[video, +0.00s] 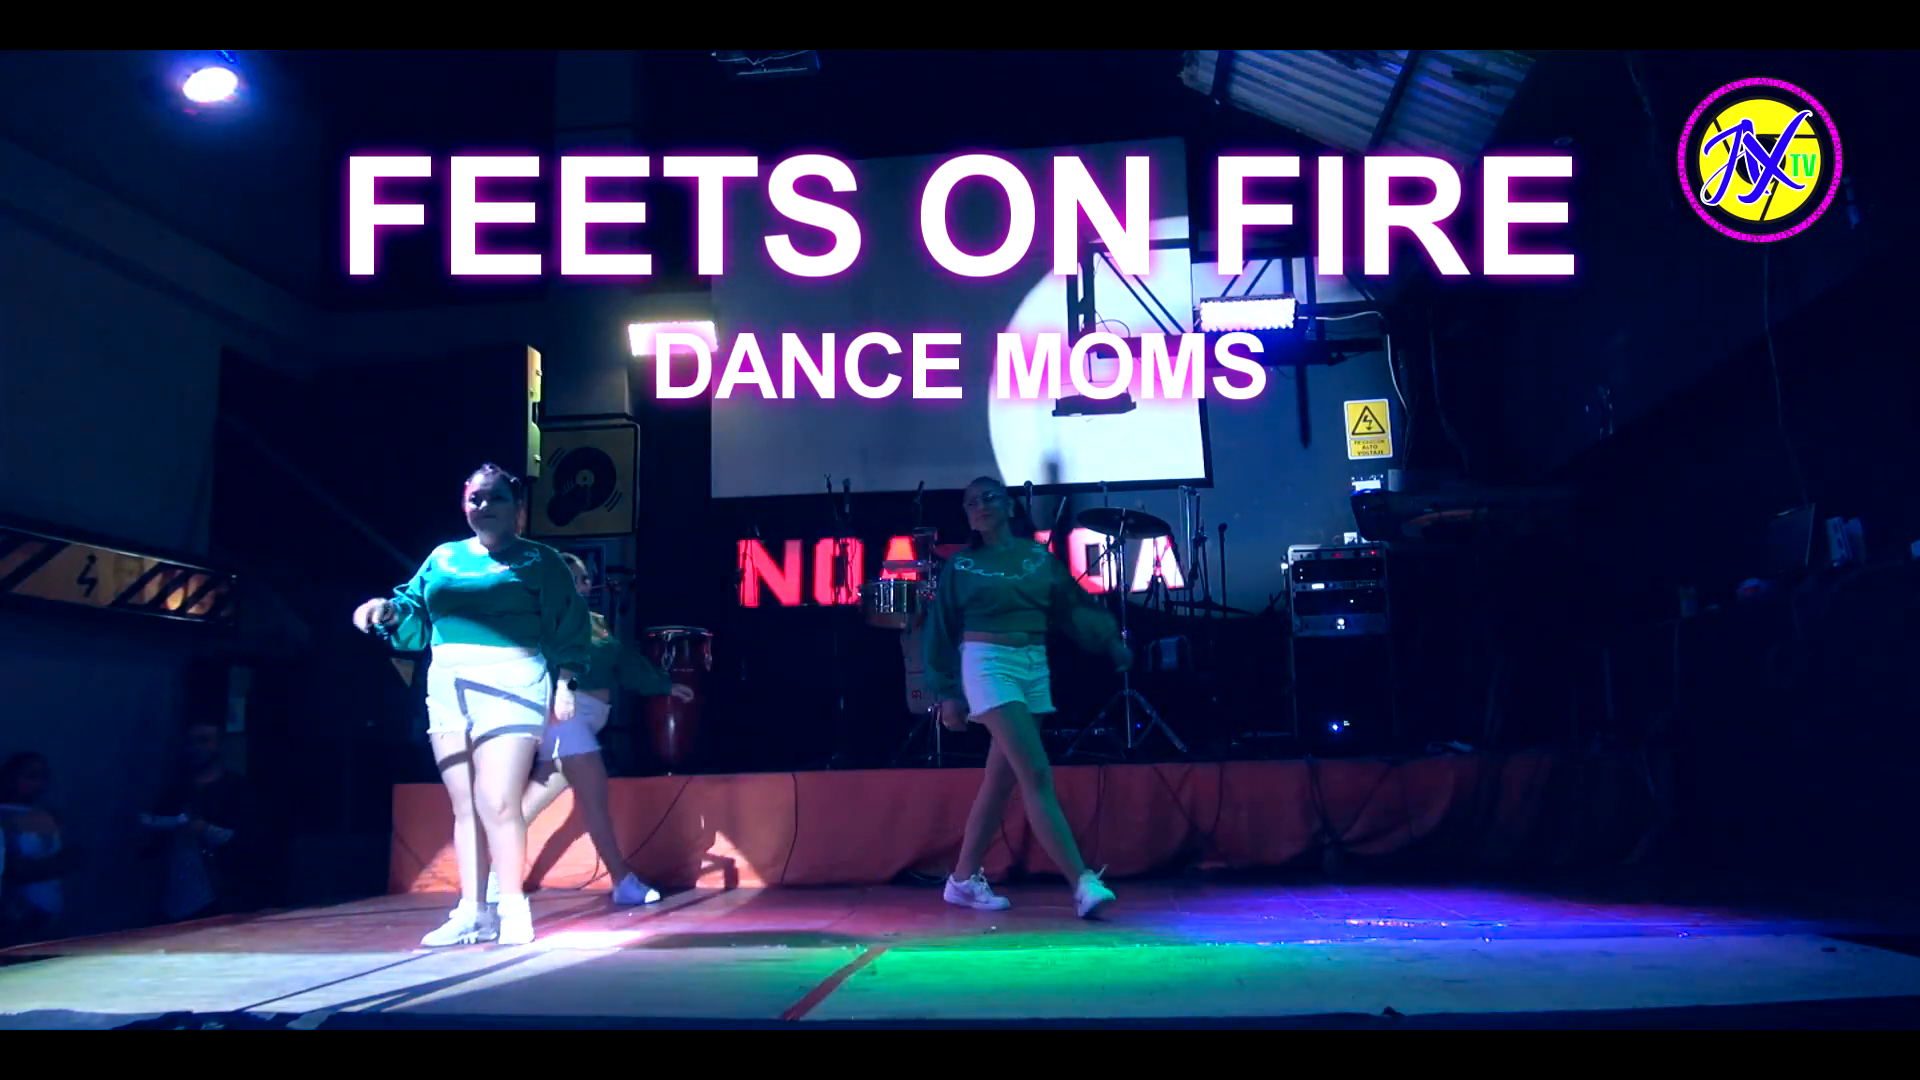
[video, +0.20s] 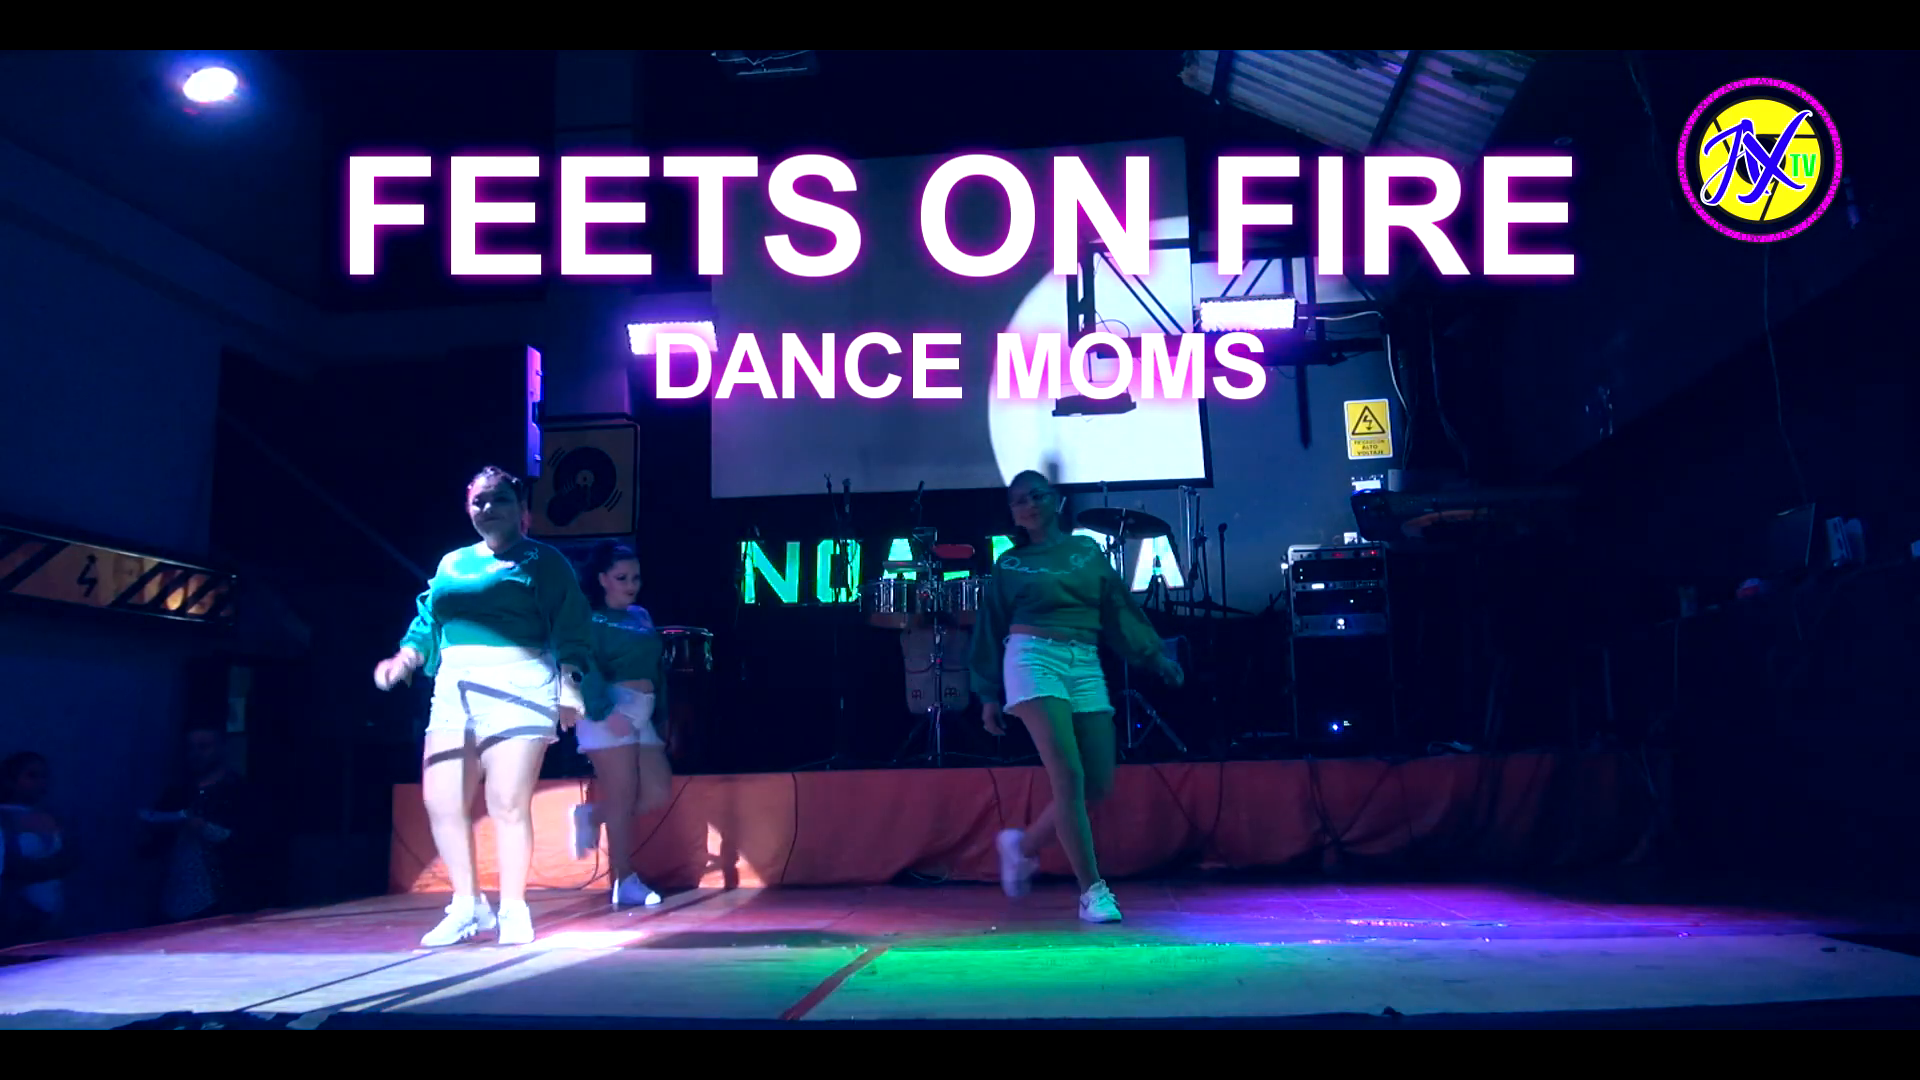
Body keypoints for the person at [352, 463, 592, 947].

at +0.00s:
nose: (480, 504)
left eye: (492, 498)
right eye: (473, 497)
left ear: (517, 508)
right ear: (463, 506)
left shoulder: (541, 563)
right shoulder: (442, 559)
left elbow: (571, 627)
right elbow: (417, 621)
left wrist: (566, 682)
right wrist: (387, 611)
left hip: (512, 688)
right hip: (447, 688)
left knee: (498, 804)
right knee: (465, 806)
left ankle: (514, 909)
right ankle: (471, 912)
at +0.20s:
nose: (486, 507)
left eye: (497, 499)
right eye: (478, 501)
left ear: (521, 509)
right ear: (468, 510)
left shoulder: (547, 564)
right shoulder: (451, 563)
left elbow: (572, 630)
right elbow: (427, 622)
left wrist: (570, 681)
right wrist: (407, 656)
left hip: (520, 691)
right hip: (453, 692)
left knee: (508, 803)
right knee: (441, 801)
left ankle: (512, 908)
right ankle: (467, 905)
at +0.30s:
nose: (487, 509)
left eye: (499, 502)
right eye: (479, 503)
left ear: (520, 510)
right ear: (469, 513)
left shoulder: (544, 564)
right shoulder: (455, 569)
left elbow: (571, 619)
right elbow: (431, 637)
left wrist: (572, 656)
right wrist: (415, 691)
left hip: (525, 689)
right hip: (456, 692)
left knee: (512, 804)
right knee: (426, 791)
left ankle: (514, 909)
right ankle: (458, 890)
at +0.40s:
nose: (487, 502)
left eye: (499, 497)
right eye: (479, 496)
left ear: (520, 511)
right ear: (466, 510)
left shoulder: (539, 556)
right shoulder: (450, 565)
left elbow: (566, 599)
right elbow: (432, 633)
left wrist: (564, 621)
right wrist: (428, 690)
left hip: (525, 680)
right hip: (456, 683)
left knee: (514, 801)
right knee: (427, 788)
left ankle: (514, 908)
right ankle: (453, 886)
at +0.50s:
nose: (489, 505)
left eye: (500, 499)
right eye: (480, 498)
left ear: (517, 508)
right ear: (466, 507)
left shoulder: (535, 554)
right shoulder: (443, 560)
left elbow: (573, 621)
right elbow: (426, 626)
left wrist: (563, 608)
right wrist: (431, 674)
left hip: (524, 682)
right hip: (454, 685)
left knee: (517, 800)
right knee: (440, 803)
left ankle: (515, 909)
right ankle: (456, 904)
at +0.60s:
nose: (488, 510)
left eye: (499, 503)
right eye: (479, 502)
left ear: (513, 511)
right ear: (463, 509)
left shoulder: (530, 561)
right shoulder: (433, 565)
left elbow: (567, 621)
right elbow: (418, 632)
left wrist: (563, 601)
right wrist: (419, 685)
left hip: (521, 685)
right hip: (452, 689)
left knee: (516, 802)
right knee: (450, 810)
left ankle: (515, 910)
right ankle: (460, 913)